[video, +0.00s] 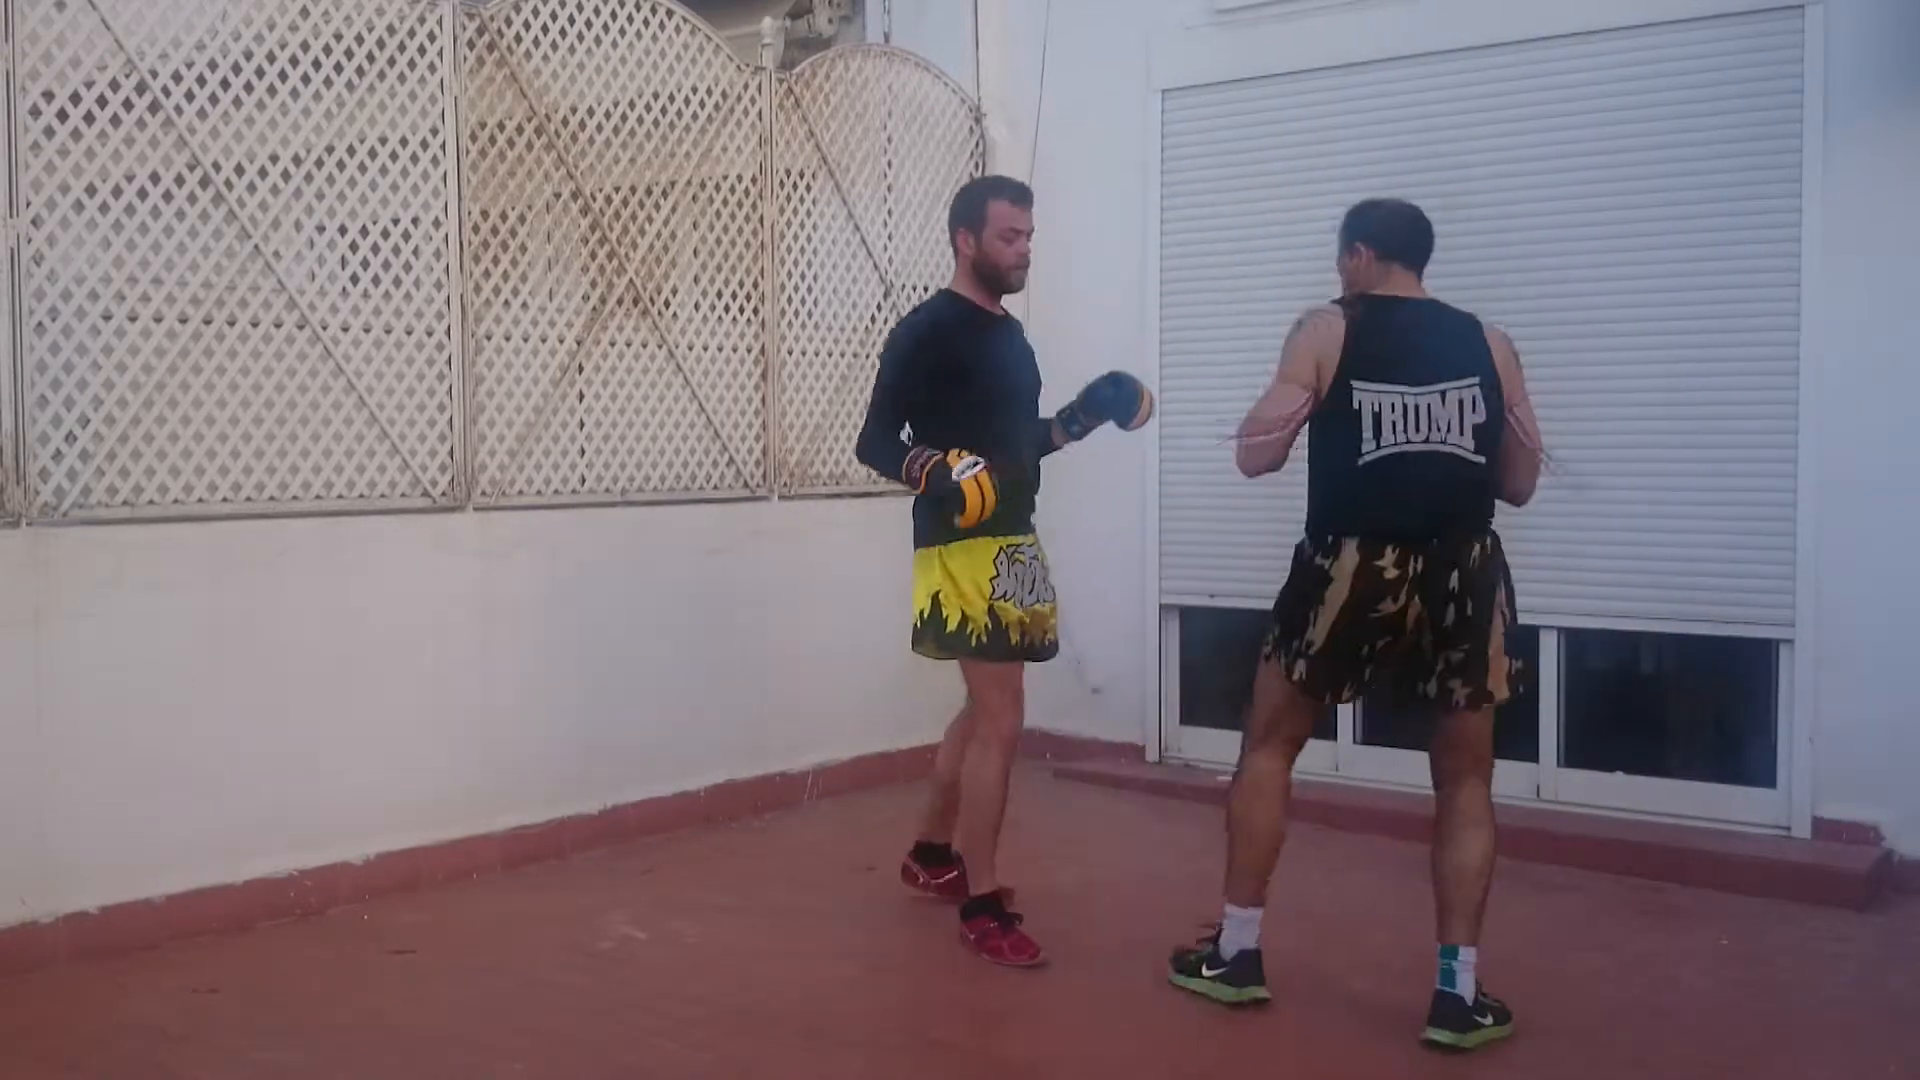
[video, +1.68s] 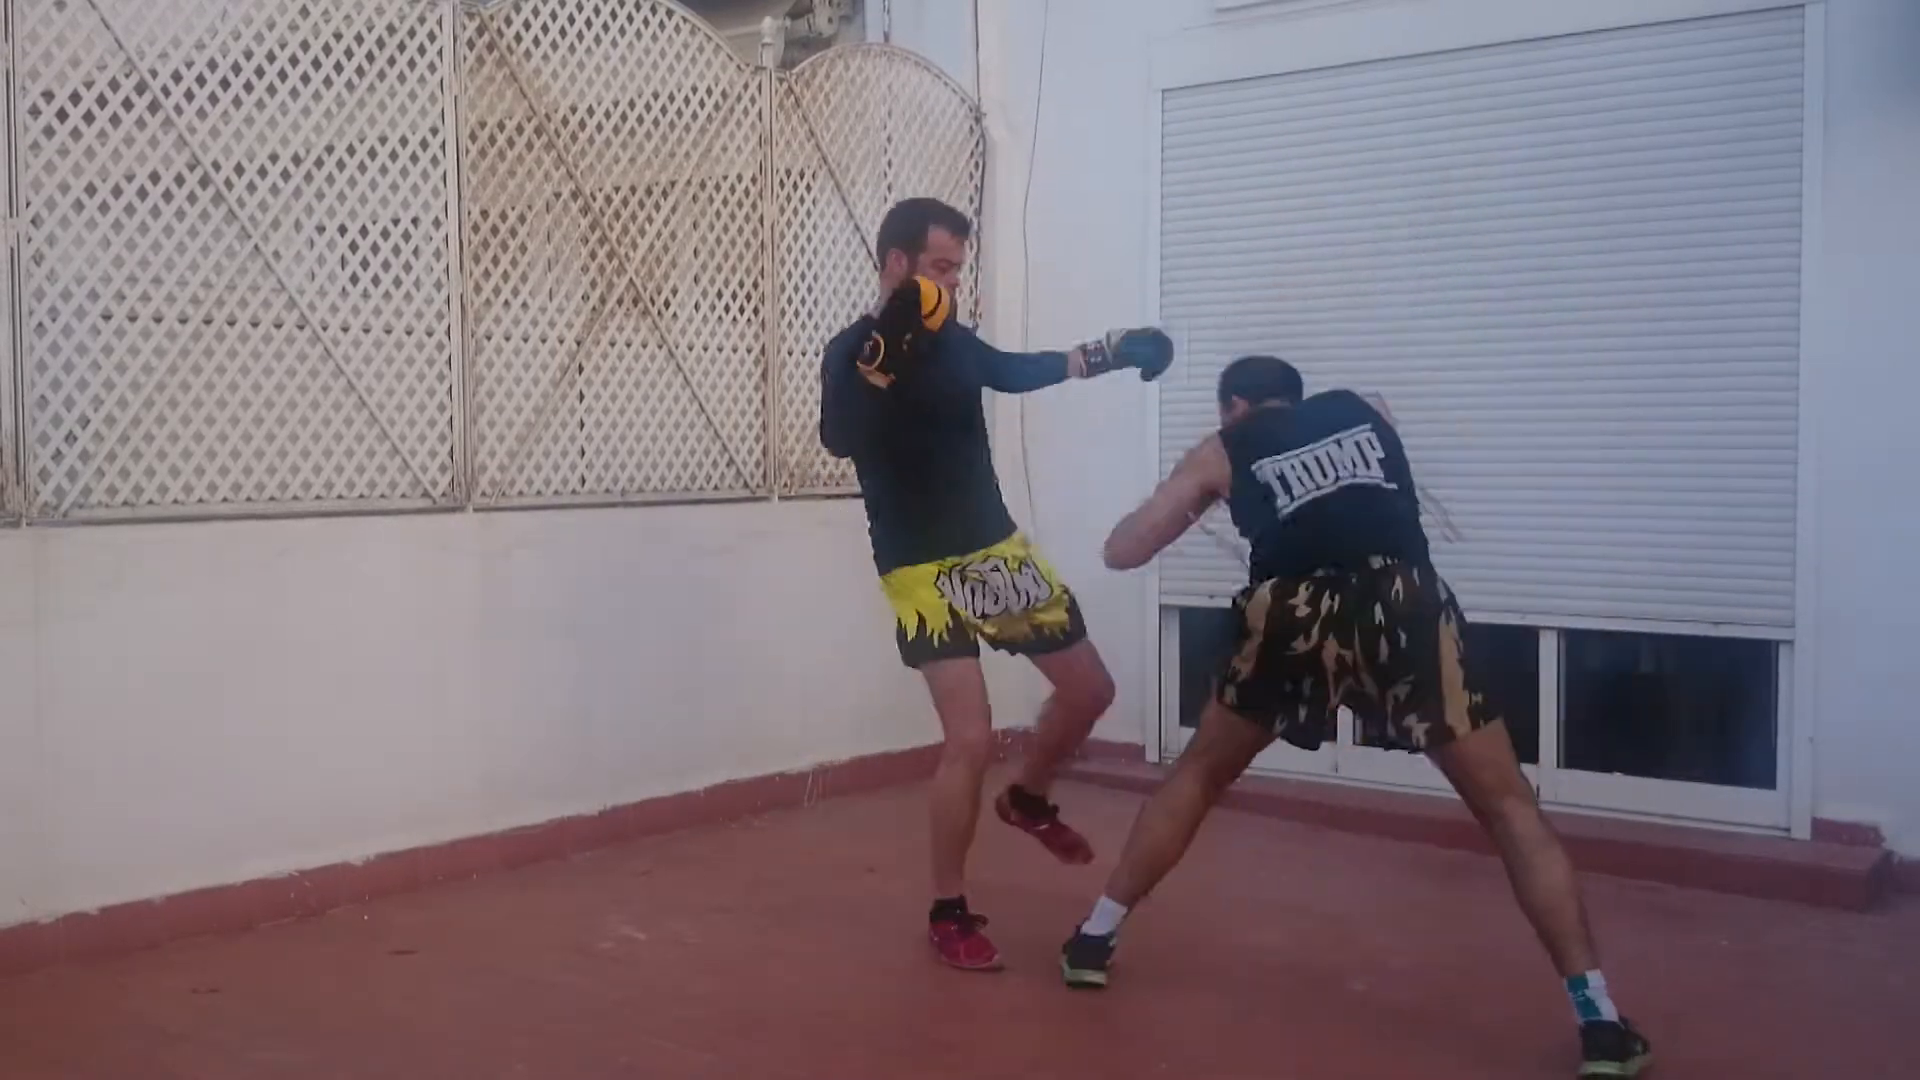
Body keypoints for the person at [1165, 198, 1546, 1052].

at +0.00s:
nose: (1338, 272)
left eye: (1340, 258)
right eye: (1340, 259)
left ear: (1362, 256)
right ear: (1424, 262)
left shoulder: (1327, 329)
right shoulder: (1489, 343)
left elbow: (1256, 454)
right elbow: (1520, 483)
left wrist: (1312, 394)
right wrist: (1471, 413)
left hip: (1348, 570)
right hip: (1464, 577)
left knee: (1271, 749)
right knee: (1466, 782)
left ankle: (1236, 952)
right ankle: (1457, 994)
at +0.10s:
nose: (1338, 245)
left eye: (1340, 232)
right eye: (1338, 232)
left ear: (1366, 220)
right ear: (1423, 221)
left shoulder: (1354, 294)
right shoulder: (1505, 302)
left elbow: (1300, 429)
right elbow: (1537, 440)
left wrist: (1323, 339)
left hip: (1384, 544)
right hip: (1493, 549)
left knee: (1313, 742)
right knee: (1475, 767)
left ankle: (1342, 965)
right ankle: (1473, 984)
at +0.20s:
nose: (1339, 221)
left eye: (1342, 206)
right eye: (1339, 207)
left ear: (1373, 201)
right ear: (1430, 198)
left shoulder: (1368, 276)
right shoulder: (1513, 273)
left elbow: (1322, 415)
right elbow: (1549, 406)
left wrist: (1305, 345)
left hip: (1404, 531)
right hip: (1512, 530)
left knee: (1369, 764)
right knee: (1507, 757)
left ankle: (1435, 984)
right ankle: (1525, 973)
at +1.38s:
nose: (1361, 284)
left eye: (1362, 270)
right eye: (1359, 273)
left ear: (1394, 252)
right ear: (1443, 252)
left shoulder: (1399, 314)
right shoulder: (1516, 324)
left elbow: (1296, 422)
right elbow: (1459, 403)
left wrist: (1274, 335)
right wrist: (1371, 358)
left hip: (1416, 565)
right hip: (1527, 580)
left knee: (1279, 719)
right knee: (1548, 797)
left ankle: (1301, 935)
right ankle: (1603, 1017)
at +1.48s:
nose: (1341, 309)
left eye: (1342, 295)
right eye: (1341, 297)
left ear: (1366, 283)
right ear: (1419, 284)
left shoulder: (1370, 338)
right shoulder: (1492, 348)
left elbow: (1264, 436)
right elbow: (1441, 421)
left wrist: (1252, 349)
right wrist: (1355, 370)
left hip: (1394, 580)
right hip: (1503, 590)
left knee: (1248, 722)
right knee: (1532, 807)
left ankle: (1194, 931)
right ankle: (1602, 1018)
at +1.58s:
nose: (1289, 360)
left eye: (1292, 348)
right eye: (1289, 350)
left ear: (1315, 342)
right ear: (1371, 341)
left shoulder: (1305, 388)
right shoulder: (1444, 386)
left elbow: (1197, 483)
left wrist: (1219, 414)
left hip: (1353, 604)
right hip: (1471, 611)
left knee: (1222, 753)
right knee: (1523, 810)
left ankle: (1111, 912)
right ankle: (1599, 1016)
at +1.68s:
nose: (1217, 420)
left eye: (1219, 411)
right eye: (1221, 413)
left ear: (1234, 408)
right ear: (1296, 396)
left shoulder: (1222, 450)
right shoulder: (1366, 408)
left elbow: (1123, 551)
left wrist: (1172, 496)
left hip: (1291, 615)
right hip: (1406, 609)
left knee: (1202, 774)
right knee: (1508, 805)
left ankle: (1095, 934)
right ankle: (1597, 1014)